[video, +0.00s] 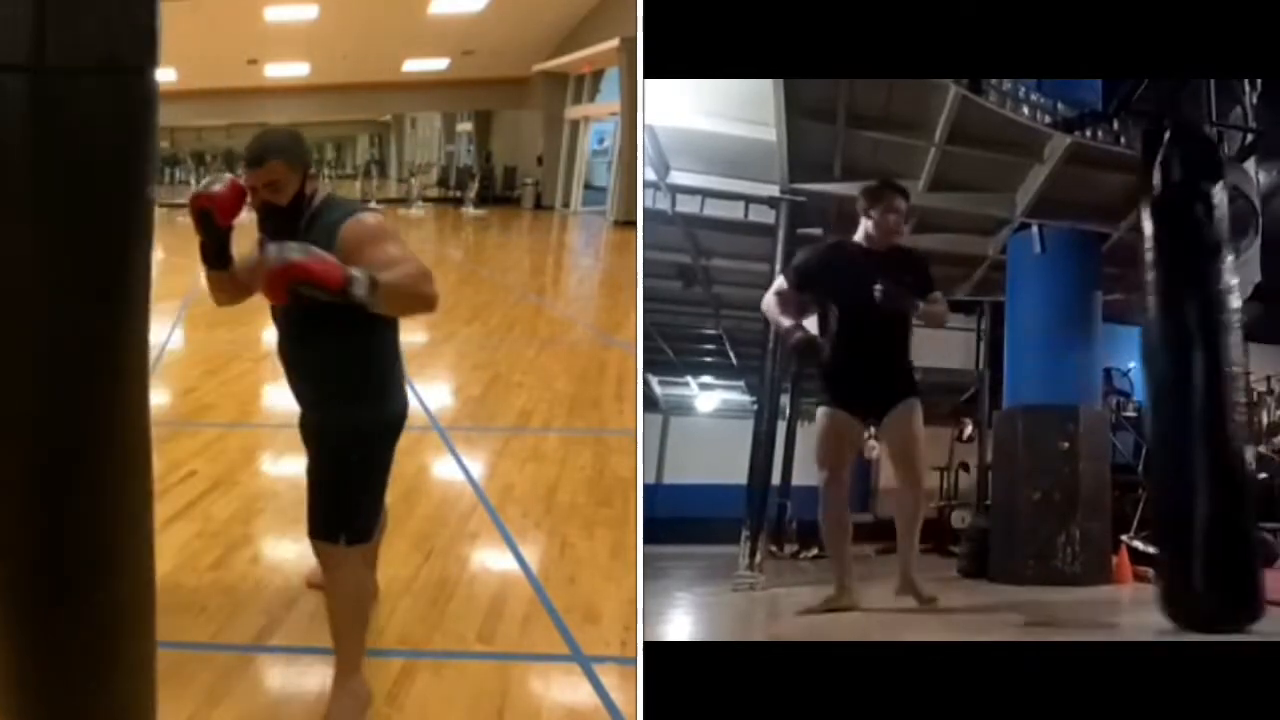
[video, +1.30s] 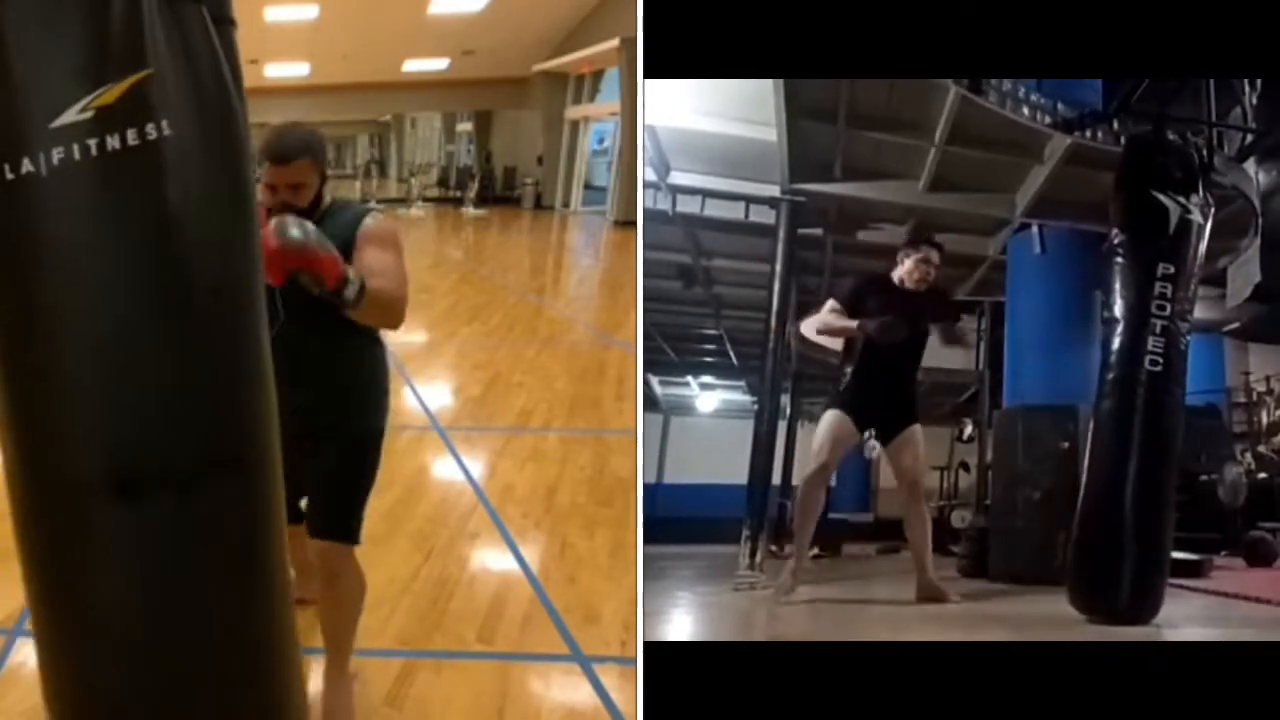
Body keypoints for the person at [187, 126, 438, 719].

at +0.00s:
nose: (266, 201)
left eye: (276, 187)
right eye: (257, 190)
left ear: (307, 177)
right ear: (249, 184)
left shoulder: (354, 227)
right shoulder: (279, 233)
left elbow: (423, 294)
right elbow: (228, 292)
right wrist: (213, 234)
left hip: (363, 411)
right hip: (322, 406)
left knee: (343, 551)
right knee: (343, 500)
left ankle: (350, 684)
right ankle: (346, 571)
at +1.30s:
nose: (281, 201)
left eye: (295, 189)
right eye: (272, 188)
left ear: (323, 181)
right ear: (258, 181)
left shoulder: (365, 228)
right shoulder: (247, 226)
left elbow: (391, 310)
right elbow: (223, 296)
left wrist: (330, 272)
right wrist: (248, 250)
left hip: (347, 401)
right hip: (277, 395)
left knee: (331, 545)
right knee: (282, 510)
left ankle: (336, 679)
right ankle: (306, 578)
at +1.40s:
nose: (278, 204)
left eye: (290, 192)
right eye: (268, 190)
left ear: (316, 183)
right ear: (254, 183)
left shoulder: (363, 230)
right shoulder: (245, 229)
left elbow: (409, 322)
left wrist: (353, 282)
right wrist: (256, 259)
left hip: (345, 406)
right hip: (272, 401)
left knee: (314, 542)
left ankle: (342, 678)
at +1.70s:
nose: (277, 249)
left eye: (290, 235)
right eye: (266, 236)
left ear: (322, 220)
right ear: (252, 226)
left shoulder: (362, 262)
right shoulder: (257, 267)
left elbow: (419, 323)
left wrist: (333, 353)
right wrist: (257, 352)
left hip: (376, 453)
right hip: (294, 446)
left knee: (361, 596)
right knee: (278, 557)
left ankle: (391, 710)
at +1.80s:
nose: (320, 248)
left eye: (333, 233)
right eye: (305, 235)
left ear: (365, 213)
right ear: (289, 222)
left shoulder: (413, 257)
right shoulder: (277, 269)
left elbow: (524, 327)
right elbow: (222, 327)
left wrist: (450, 289)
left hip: (399, 463)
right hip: (311, 459)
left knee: (400, 616)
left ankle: (397, 714)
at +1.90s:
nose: (357, 247)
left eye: (370, 232)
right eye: (340, 235)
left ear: (399, 207)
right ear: (320, 216)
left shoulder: (437, 249)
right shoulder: (286, 277)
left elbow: (511, 320)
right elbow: (204, 333)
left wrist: (496, 285)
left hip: (411, 457)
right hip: (321, 456)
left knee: (409, 608)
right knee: (314, 550)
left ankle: (398, 714)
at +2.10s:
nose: (328, 232)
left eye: (343, 218)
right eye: (314, 218)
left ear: (373, 203)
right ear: (298, 206)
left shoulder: (423, 256)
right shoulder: (281, 259)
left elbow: (481, 355)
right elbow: (233, 343)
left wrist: (412, 314)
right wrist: (235, 312)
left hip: (402, 451)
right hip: (320, 444)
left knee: (394, 607)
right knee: (315, 535)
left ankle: (407, 712)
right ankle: (331, 601)